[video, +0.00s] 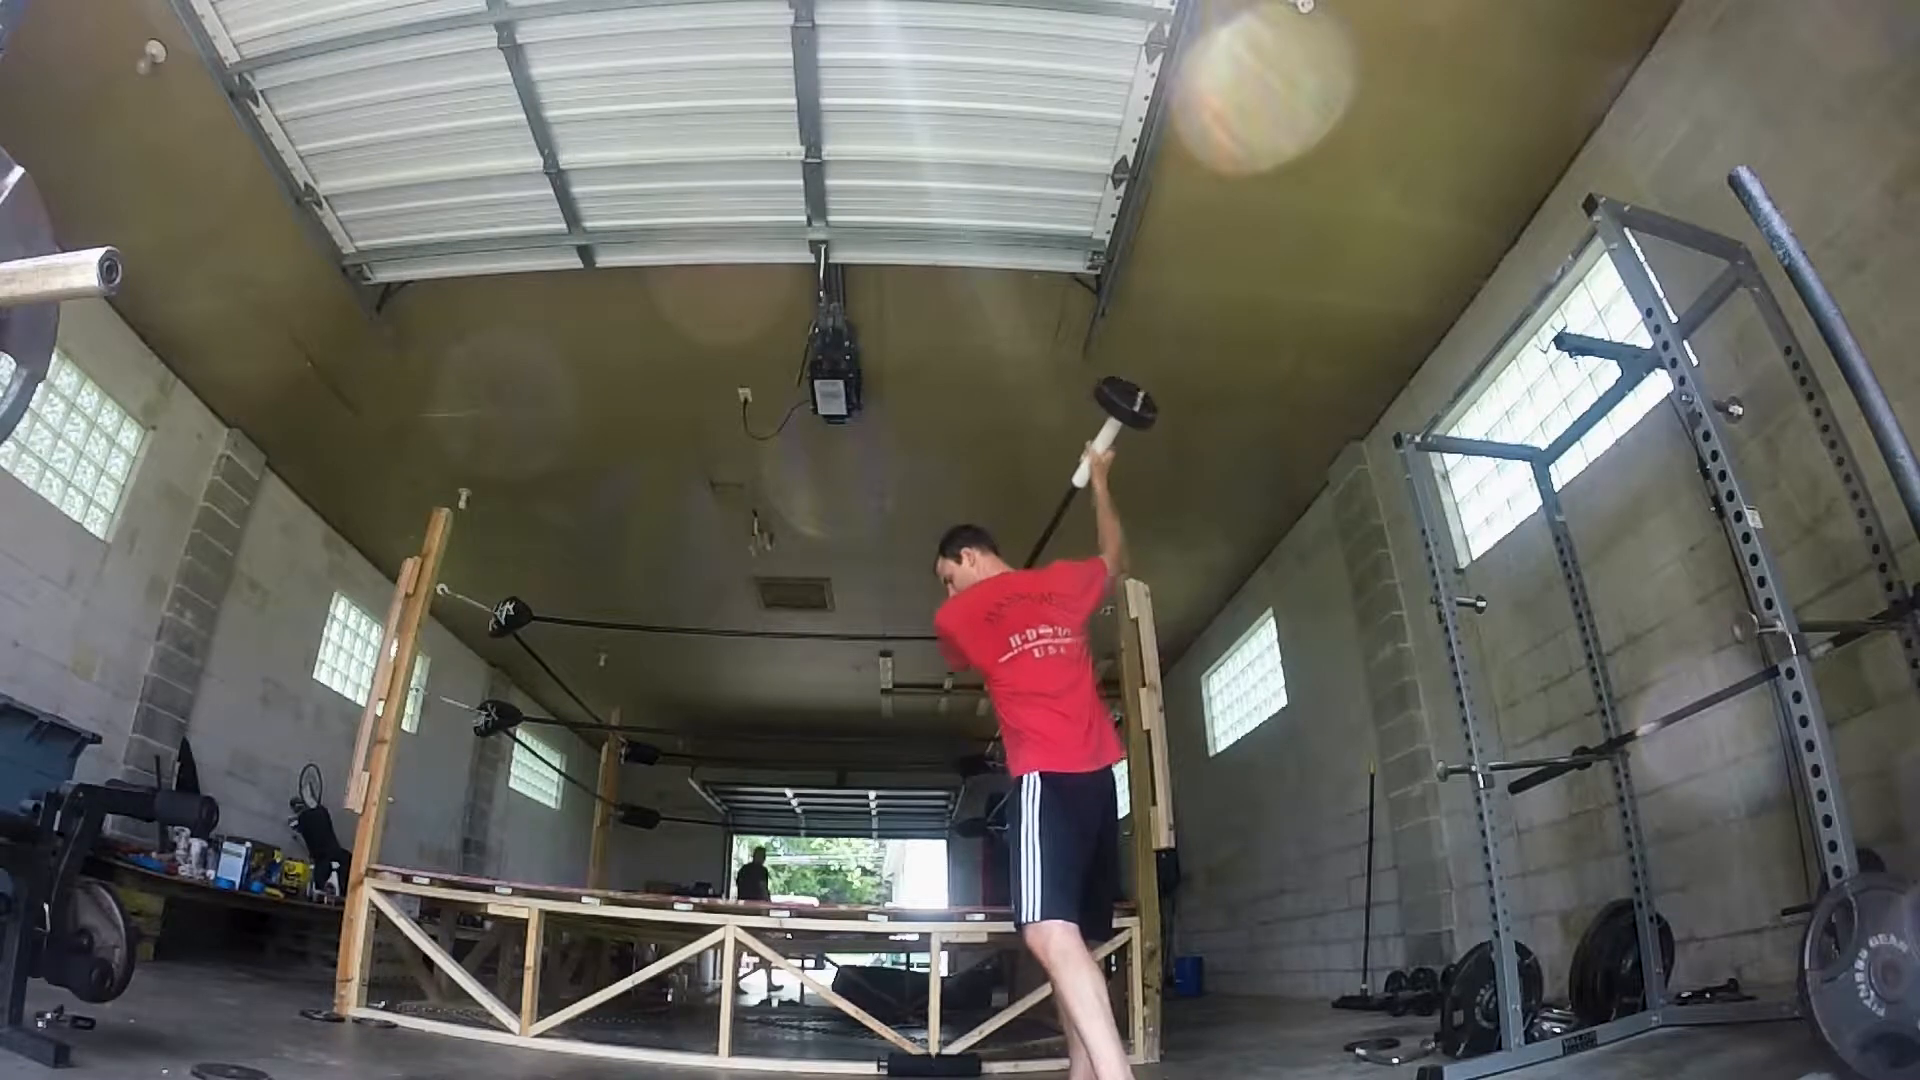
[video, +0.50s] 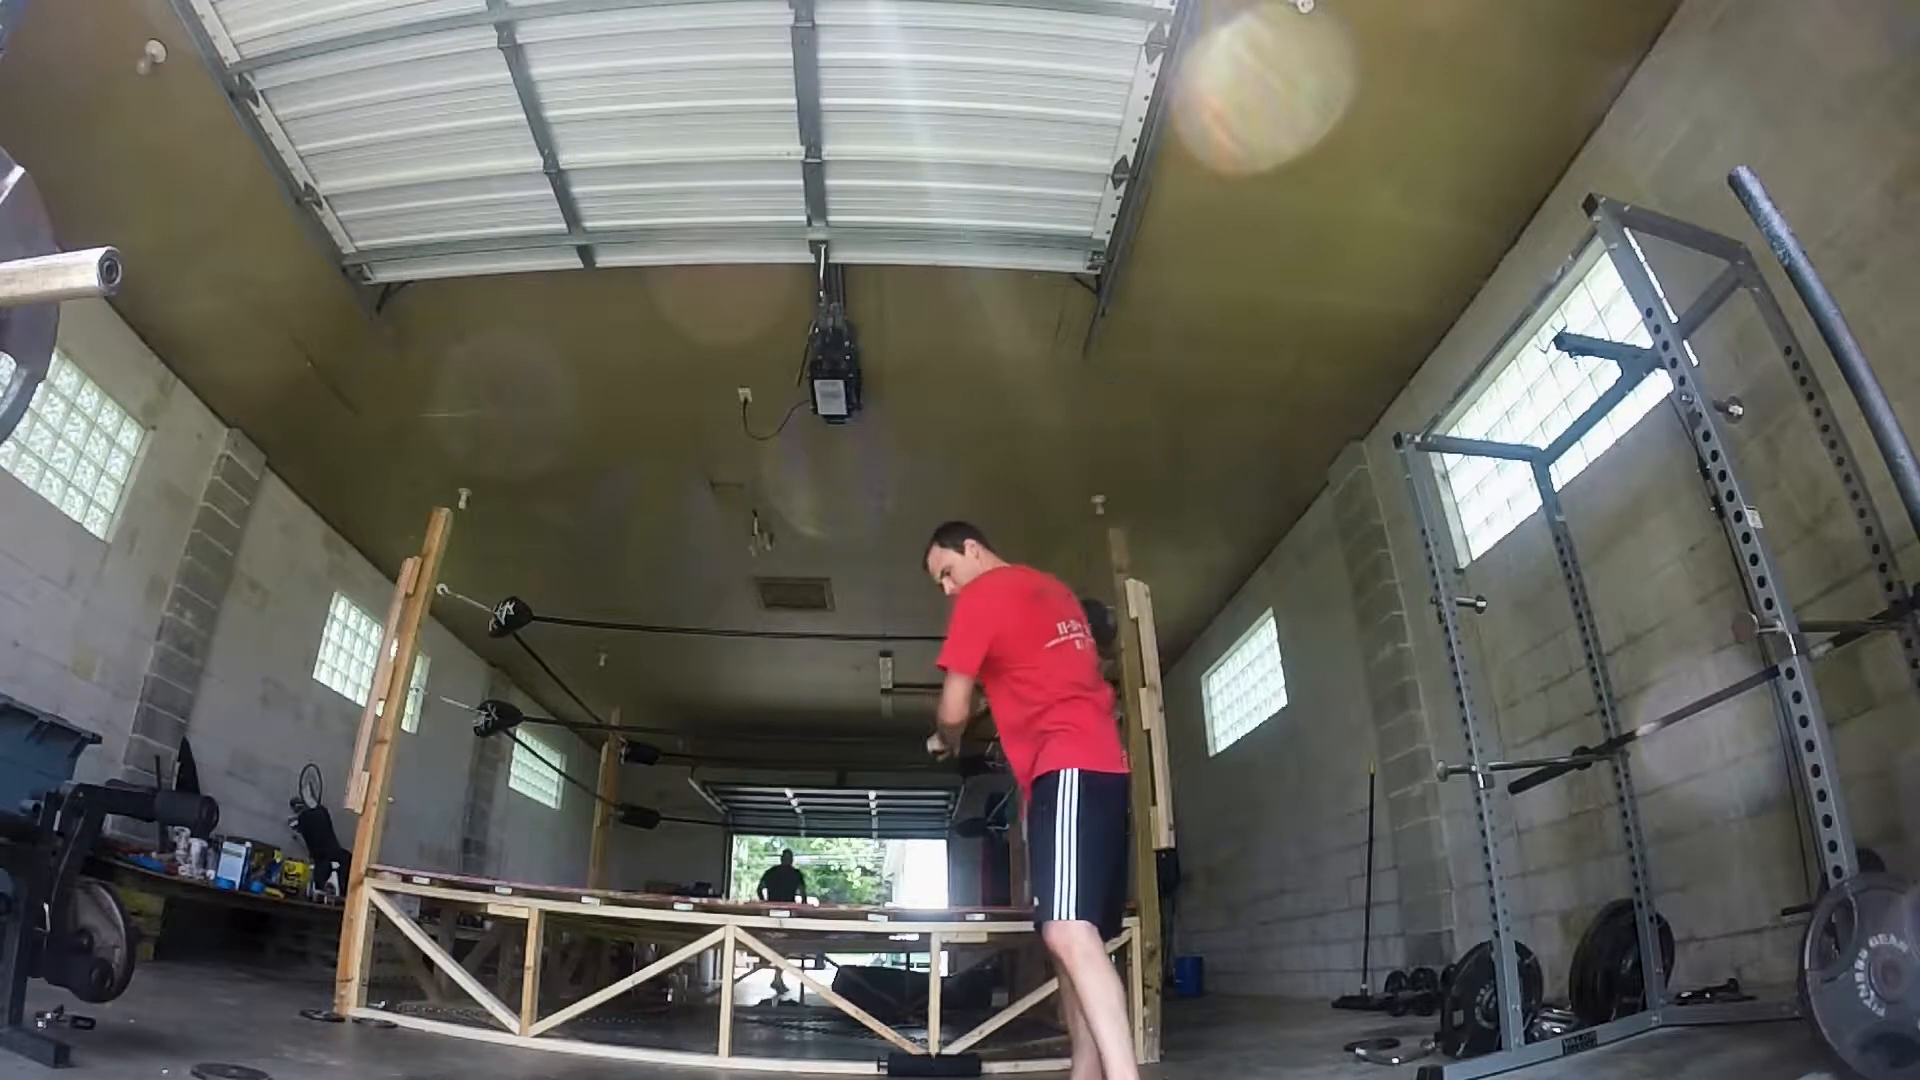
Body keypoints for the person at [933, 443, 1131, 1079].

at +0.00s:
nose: (951, 591)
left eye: (948, 578)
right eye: (947, 582)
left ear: (965, 559)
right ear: (995, 553)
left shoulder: (960, 614)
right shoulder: (1066, 581)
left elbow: (969, 665)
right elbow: (1112, 556)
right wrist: (1100, 481)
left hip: (1049, 778)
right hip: (1100, 773)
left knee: (1050, 934)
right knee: (1072, 936)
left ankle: (1117, 1075)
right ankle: (1083, 1072)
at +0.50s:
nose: (947, 588)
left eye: (945, 573)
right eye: (940, 581)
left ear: (972, 547)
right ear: (980, 551)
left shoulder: (981, 595)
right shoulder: (1052, 585)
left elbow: (954, 710)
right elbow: (1078, 675)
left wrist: (944, 740)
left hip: (1068, 768)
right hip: (1101, 765)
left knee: (1068, 931)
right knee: (1074, 934)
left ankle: (1124, 1074)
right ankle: (1086, 1073)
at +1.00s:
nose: (963, 581)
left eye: (963, 563)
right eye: (954, 576)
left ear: (990, 540)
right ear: (960, 578)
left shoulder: (1075, 562)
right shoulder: (1000, 653)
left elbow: (1174, 596)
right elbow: (999, 758)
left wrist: (1132, 668)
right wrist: (951, 848)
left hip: (1133, 764)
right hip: (1078, 791)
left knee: (1108, 924)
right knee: (1065, 939)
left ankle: (1138, 1075)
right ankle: (1087, 1073)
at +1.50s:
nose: (956, 568)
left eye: (955, 550)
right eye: (945, 562)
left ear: (984, 525)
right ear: (946, 567)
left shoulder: (1079, 552)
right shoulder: (974, 624)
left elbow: (1137, 599)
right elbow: (1005, 662)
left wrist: (1175, 604)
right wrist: (1040, 681)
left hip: (1128, 754)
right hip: (1060, 780)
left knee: (1107, 920)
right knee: (1049, 942)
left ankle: (1139, 1076)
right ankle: (1081, 1072)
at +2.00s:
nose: (954, 601)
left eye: (950, 584)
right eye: (946, 593)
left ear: (976, 554)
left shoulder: (1072, 560)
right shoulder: (999, 651)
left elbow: (1175, 574)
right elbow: (1010, 752)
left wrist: (1151, 628)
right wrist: (983, 848)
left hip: (1125, 759)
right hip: (1074, 787)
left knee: (1092, 923)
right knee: (1054, 938)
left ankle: (1133, 1075)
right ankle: (1083, 1071)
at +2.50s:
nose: (948, 600)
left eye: (944, 586)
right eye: (942, 590)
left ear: (966, 560)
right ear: (982, 556)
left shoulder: (975, 607)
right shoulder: (1068, 588)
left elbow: (955, 719)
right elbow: (1120, 679)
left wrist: (946, 779)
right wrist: (1076, 713)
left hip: (1057, 786)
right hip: (1109, 785)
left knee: (1042, 941)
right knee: (1080, 946)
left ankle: (1120, 1075)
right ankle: (1084, 1073)